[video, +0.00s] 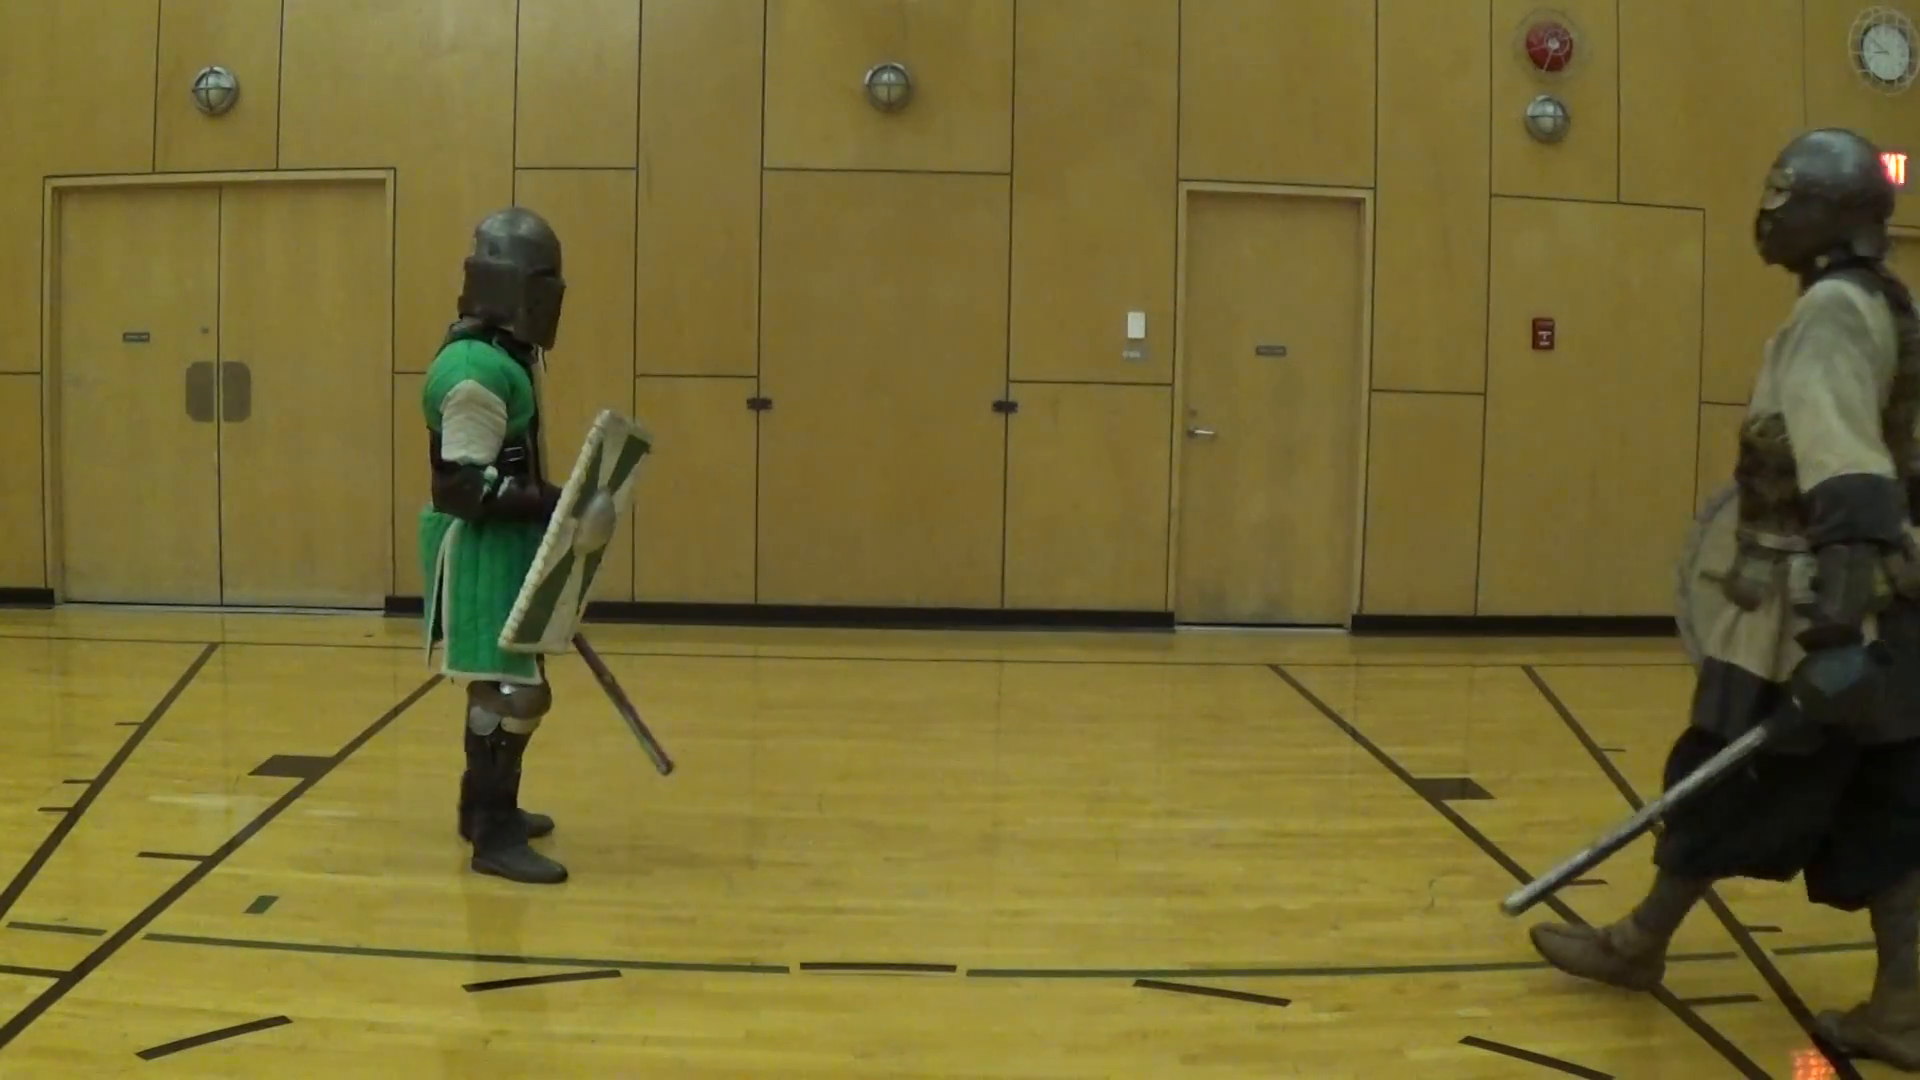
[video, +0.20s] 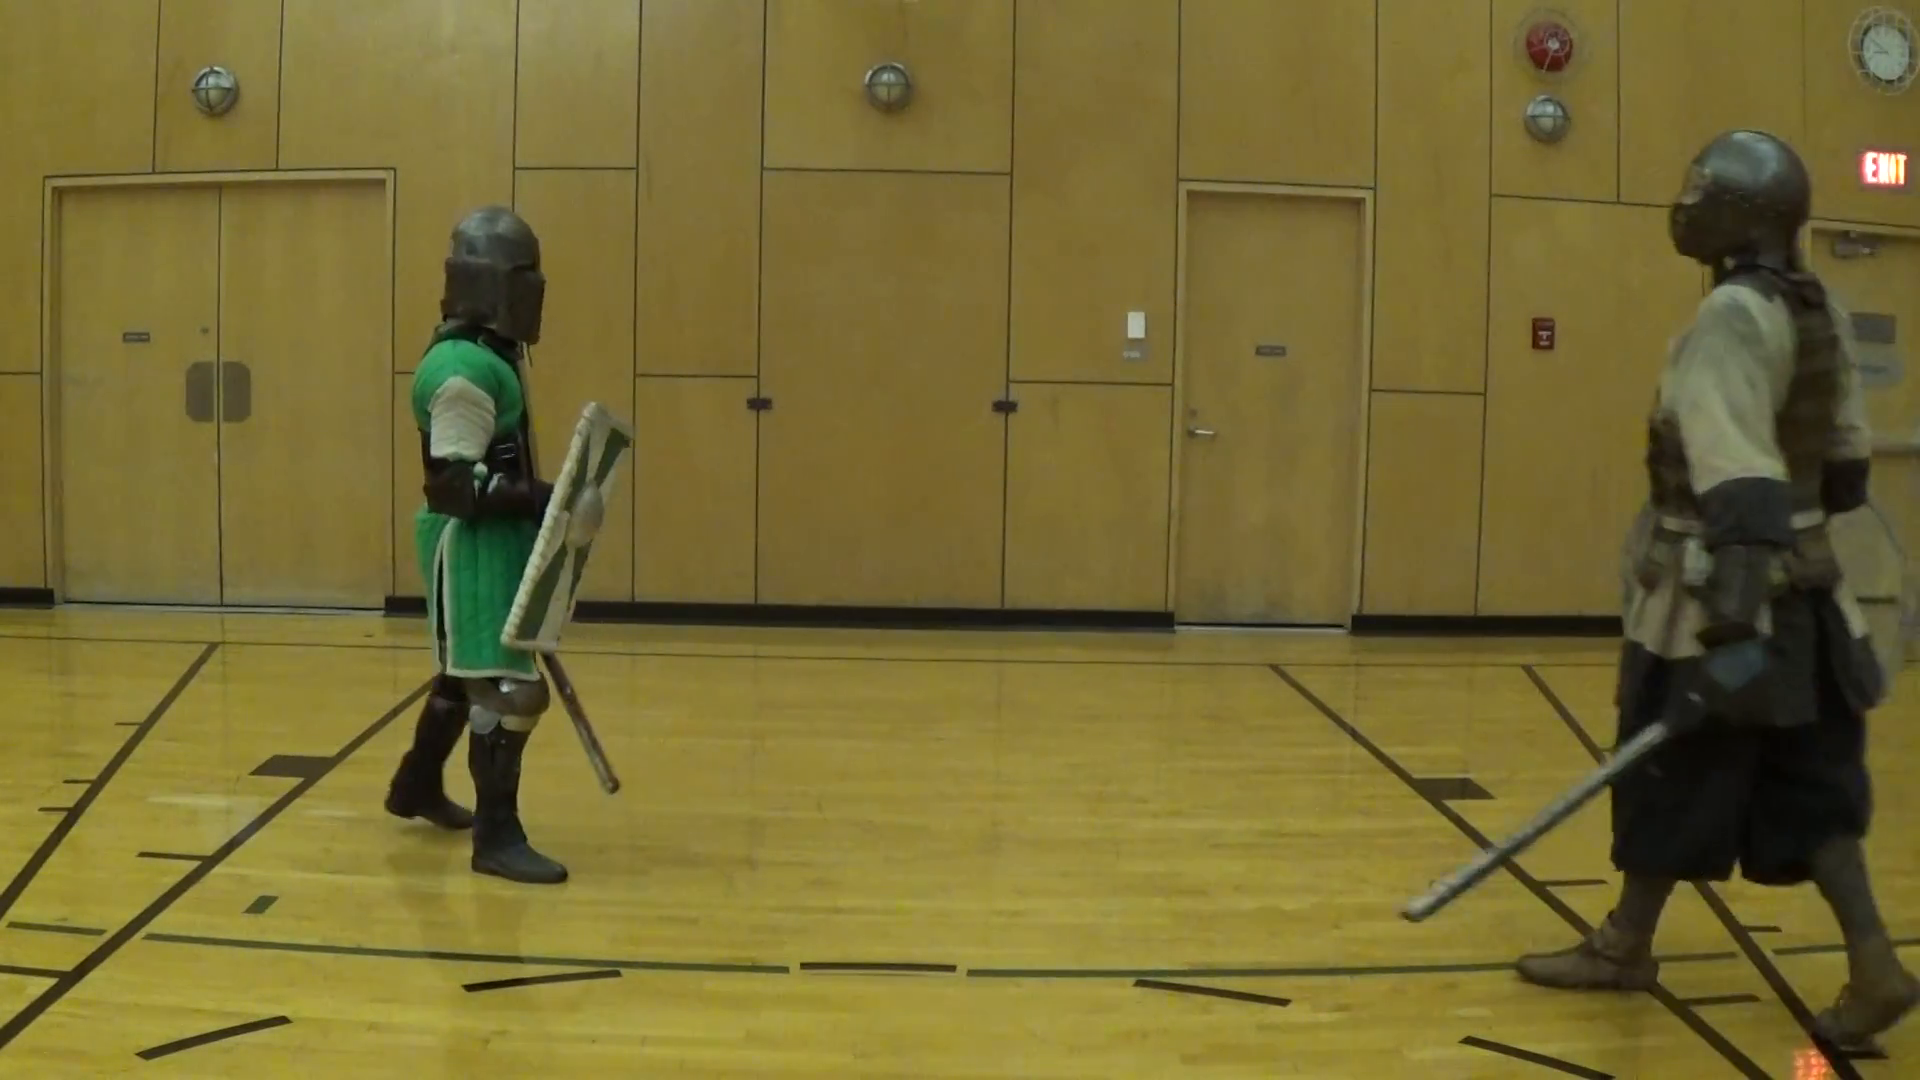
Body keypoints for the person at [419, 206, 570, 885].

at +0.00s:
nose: (554, 299)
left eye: (552, 286)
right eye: (547, 286)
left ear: (493, 285)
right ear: (519, 289)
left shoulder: (498, 363)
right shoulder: (475, 369)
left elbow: (498, 477)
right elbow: (461, 486)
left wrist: (562, 508)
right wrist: (561, 507)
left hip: (497, 544)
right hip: (480, 547)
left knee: (498, 683)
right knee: (516, 690)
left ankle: (486, 808)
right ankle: (494, 838)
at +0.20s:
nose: (536, 291)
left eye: (534, 278)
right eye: (526, 278)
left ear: (475, 284)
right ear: (492, 283)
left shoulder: (489, 361)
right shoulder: (462, 368)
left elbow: (493, 471)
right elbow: (450, 485)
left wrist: (546, 503)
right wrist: (540, 500)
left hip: (485, 537)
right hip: (471, 541)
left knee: (466, 672)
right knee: (512, 688)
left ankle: (416, 779)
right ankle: (498, 838)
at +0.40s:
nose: (514, 295)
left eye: (512, 282)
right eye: (504, 283)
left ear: (448, 289)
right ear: (471, 289)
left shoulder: (470, 361)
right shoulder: (442, 371)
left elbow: (466, 471)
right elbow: (431, 485)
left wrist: (522, 501)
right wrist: (522, 497)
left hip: (459, 537)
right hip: (457, 542)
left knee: (438, 671)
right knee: (504, 685)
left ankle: (399, 792)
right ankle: (498, 835)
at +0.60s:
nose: (485, 297)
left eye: (483, 285)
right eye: (474, 286)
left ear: (433, 292)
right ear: (442, 293)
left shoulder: (448, 361)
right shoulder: (422, 367)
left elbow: (457, 456)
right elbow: (408, 478)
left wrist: (510, 467)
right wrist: (502, 496)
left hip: (434, 537)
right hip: (446, 541)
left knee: (415, 668)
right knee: (494, 678)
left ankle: (395, 795)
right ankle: (496, 832)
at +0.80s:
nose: (477, 290)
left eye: (474, 278)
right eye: (466, 279)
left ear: (423, 286)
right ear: (432, 287)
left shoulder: (441, 354)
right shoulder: (416, 360)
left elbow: (450, 451)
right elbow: (407, 463)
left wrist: (507, 474)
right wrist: (499, 490)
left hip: (438, 528)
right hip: (441, 532)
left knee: (424, 665)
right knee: (486, 673)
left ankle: (396, 795)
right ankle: (488, 828)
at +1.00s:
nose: (472, 291)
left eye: (469, 278)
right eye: (462, 279)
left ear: (415, 289)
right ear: (435, 287)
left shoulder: (439, 354)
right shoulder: (417, 359)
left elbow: (451, 454)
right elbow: (412, 464)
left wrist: (507, 481)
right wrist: (504, 489)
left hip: (441, 528)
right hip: (443, 532)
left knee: (426, 662)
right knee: (488, 672)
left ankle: (397, 794)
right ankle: (487, 828)